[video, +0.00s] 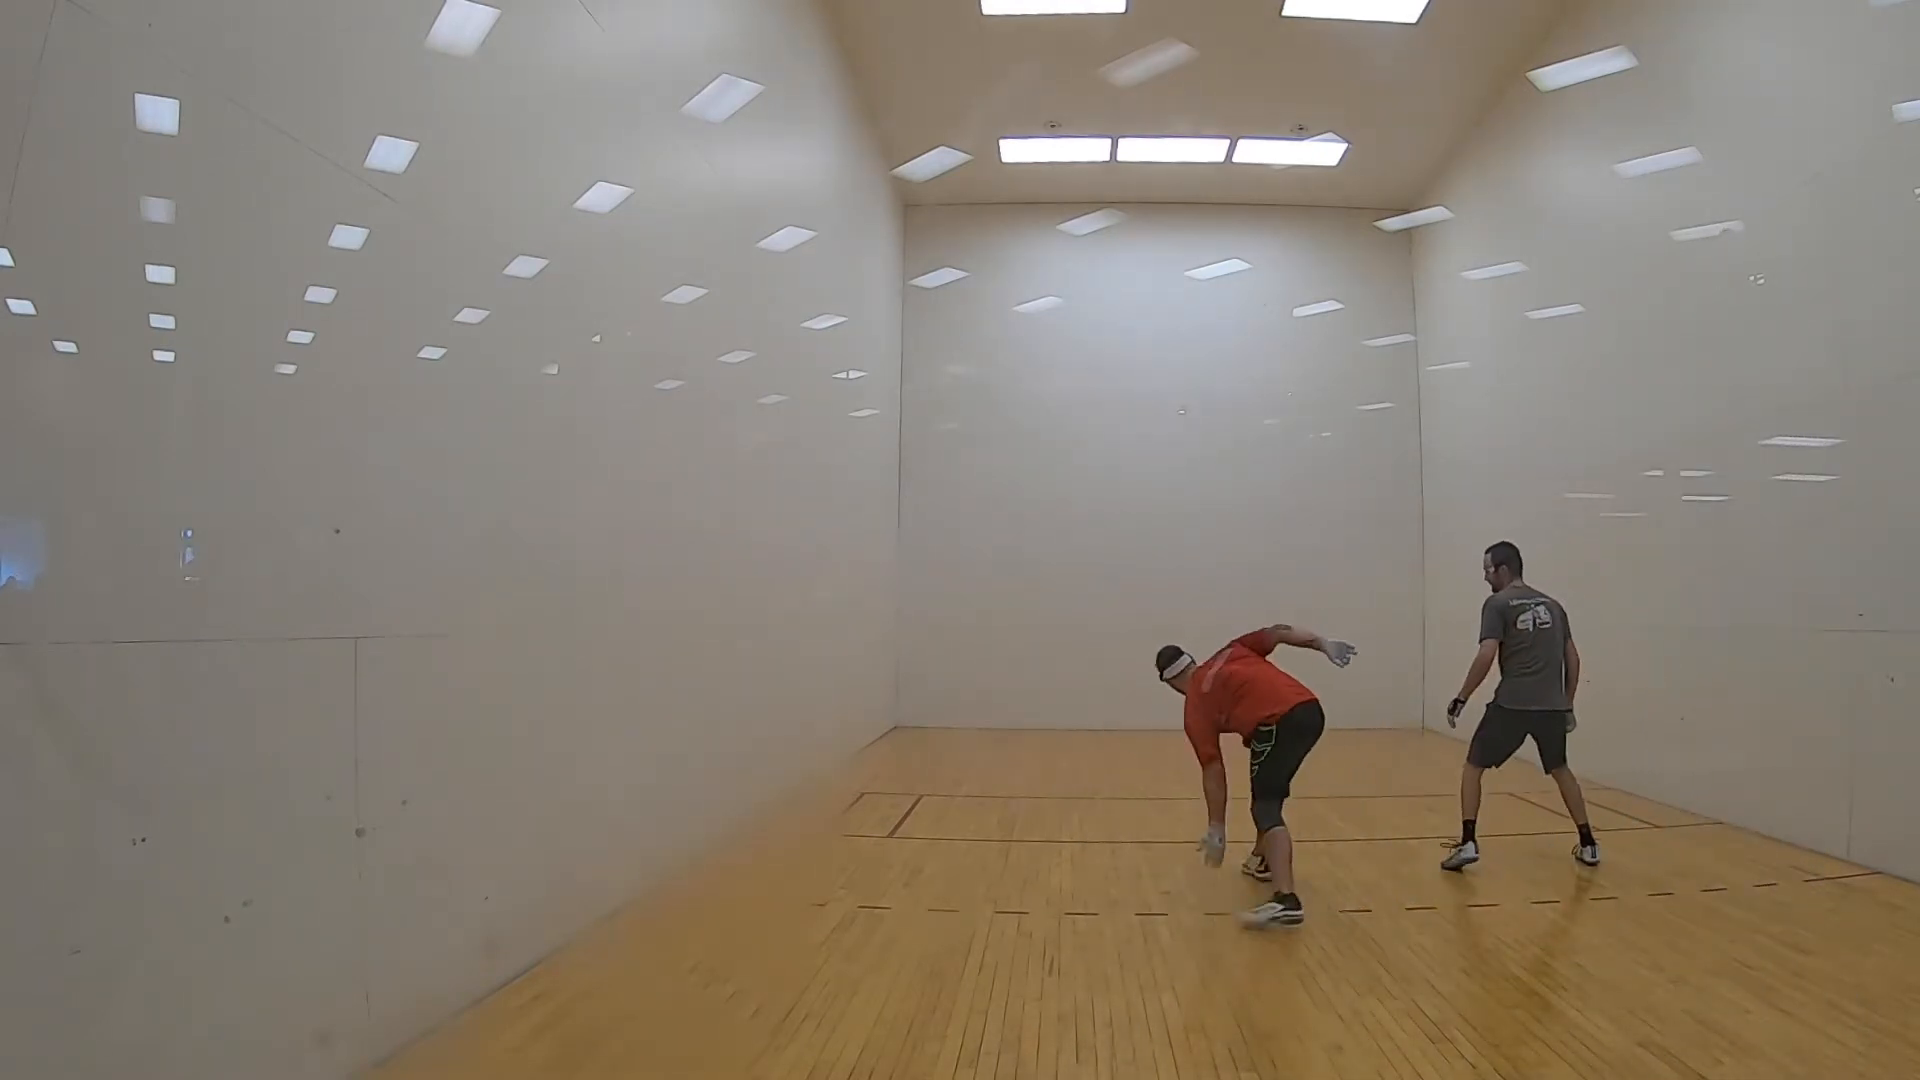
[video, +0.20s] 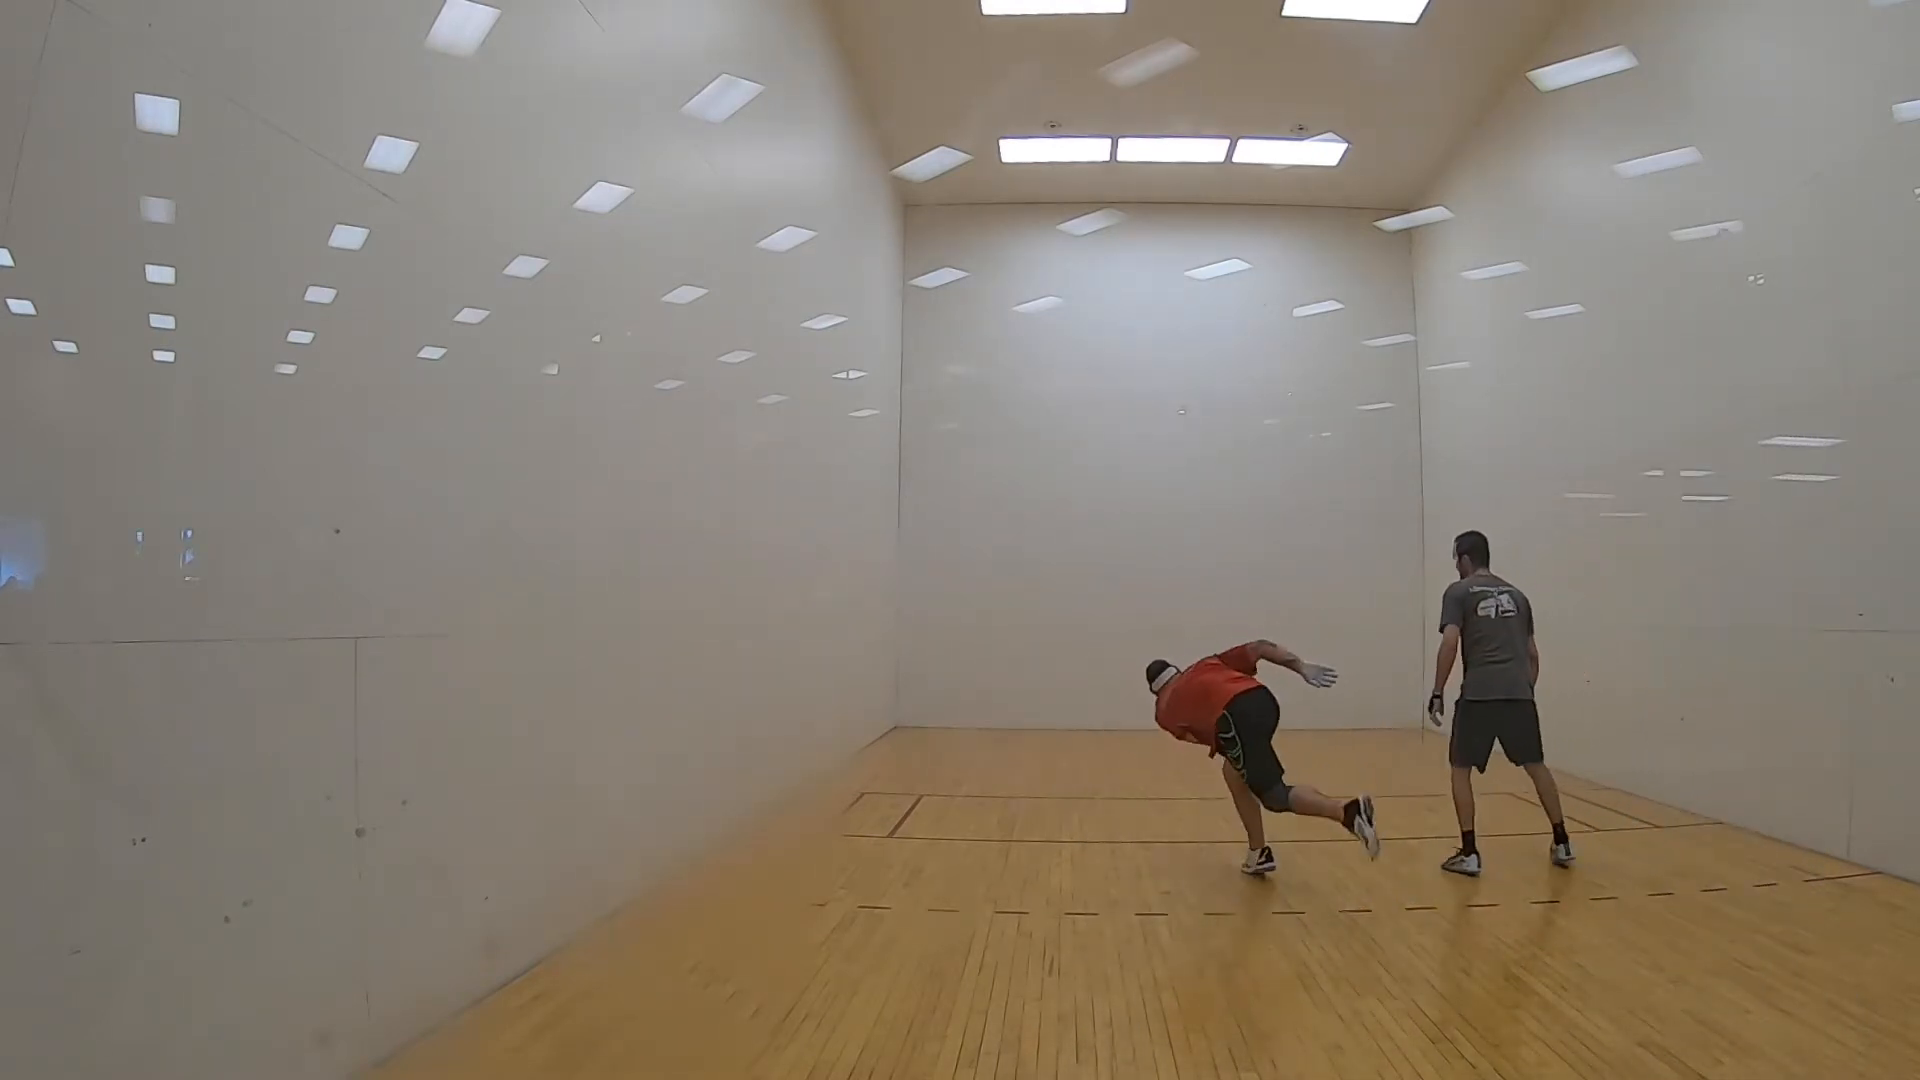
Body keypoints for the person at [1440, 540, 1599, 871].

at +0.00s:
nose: (1485, 576)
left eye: (1487, 569)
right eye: (1484, 570)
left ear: (1502, 569)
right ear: (1514, 570)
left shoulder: (1497, 603)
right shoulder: (1552, 604)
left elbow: (1488, 653)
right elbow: (1572, 657)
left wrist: (1462, 697)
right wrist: (1568, 703)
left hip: (1511, 706)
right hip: (1553, 707)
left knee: (1473, 766)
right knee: (1560, 769)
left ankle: (1468, 844)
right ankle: (1588, 845)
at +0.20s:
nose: (1456, 567)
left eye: (1456, 561)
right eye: (1456, 561)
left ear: (1464, 559)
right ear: (1487, 558)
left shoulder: (1459, 591)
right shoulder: (1517, 594)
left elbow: (1449, 643)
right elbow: (1532, 654)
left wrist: (1438, 691)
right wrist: (1525, 692)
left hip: (1477, 699)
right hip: (1518, 698)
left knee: (1460, 770)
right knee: (1536, 766)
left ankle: (1469, 853)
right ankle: (1562, 843)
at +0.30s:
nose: (1447, 552)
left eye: (1447, 547)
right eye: (1449, 547)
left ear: (1452, 546)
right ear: (1479, 545)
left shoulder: (1449, 576)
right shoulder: (1506, 582)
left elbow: (1443, 626)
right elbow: (1520, 640)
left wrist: (1430, 674)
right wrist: (1509, 675)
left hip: (1466, 681)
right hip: (1506, 681)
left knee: (1450, 758)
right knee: (1506, 759)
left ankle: (1456, 847)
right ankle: (1524, 841)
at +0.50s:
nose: (1439, 569)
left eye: (1438, 564)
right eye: (1449, 562)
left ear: (1438, 564)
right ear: (1468, 564)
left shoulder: (1424, 603)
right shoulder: (1491, 608)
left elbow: (1404, 651)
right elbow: (1507, 664)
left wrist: (1388, 693)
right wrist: (1476, 664)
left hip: (1436, 709)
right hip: (1478, 712)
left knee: (1409, 782)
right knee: (1466, 782)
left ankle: (1411, 846)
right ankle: (1481, 862)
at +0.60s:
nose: (1439, 593)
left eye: (1436, 587)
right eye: (1454, 588)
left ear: (1431, 591)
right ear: (1463, 592)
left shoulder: (1411, 631)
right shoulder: (1478, 635)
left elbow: (1381, 681)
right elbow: (1505, 686)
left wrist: (1379, 709)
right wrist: (1526, 666)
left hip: (1417, 736)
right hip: (1462, 737)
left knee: (1406, 809)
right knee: (1457, 786)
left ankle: (1413, 884)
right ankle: (1471, 859)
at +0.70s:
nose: (1434, 601)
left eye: (1431, 595)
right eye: (1450, 597)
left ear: (1428, 600)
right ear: (1459, 602)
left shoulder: (1402, 636)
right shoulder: (1468, 641)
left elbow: (1383, 690)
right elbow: (1503, 685)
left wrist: (1414, 692)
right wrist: (1546, 674)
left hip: (1404, 741)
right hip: (1448, 741)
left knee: (1405, 814)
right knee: (1455, 773)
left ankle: (1415, 885)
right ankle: (1462, 845)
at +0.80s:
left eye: (1438, 594)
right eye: (1458, 598)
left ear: (1433, 598)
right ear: (1462, 602)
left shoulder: (1410, 628)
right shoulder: (1464, 637)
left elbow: (1397, 664)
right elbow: (1500, 677)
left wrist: (1447, 675)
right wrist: (1551, 677)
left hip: (1391, 721)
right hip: (1435, 720)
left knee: (1394, 795)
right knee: (1457, 772)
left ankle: (1399, 849)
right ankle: (1452, 853)